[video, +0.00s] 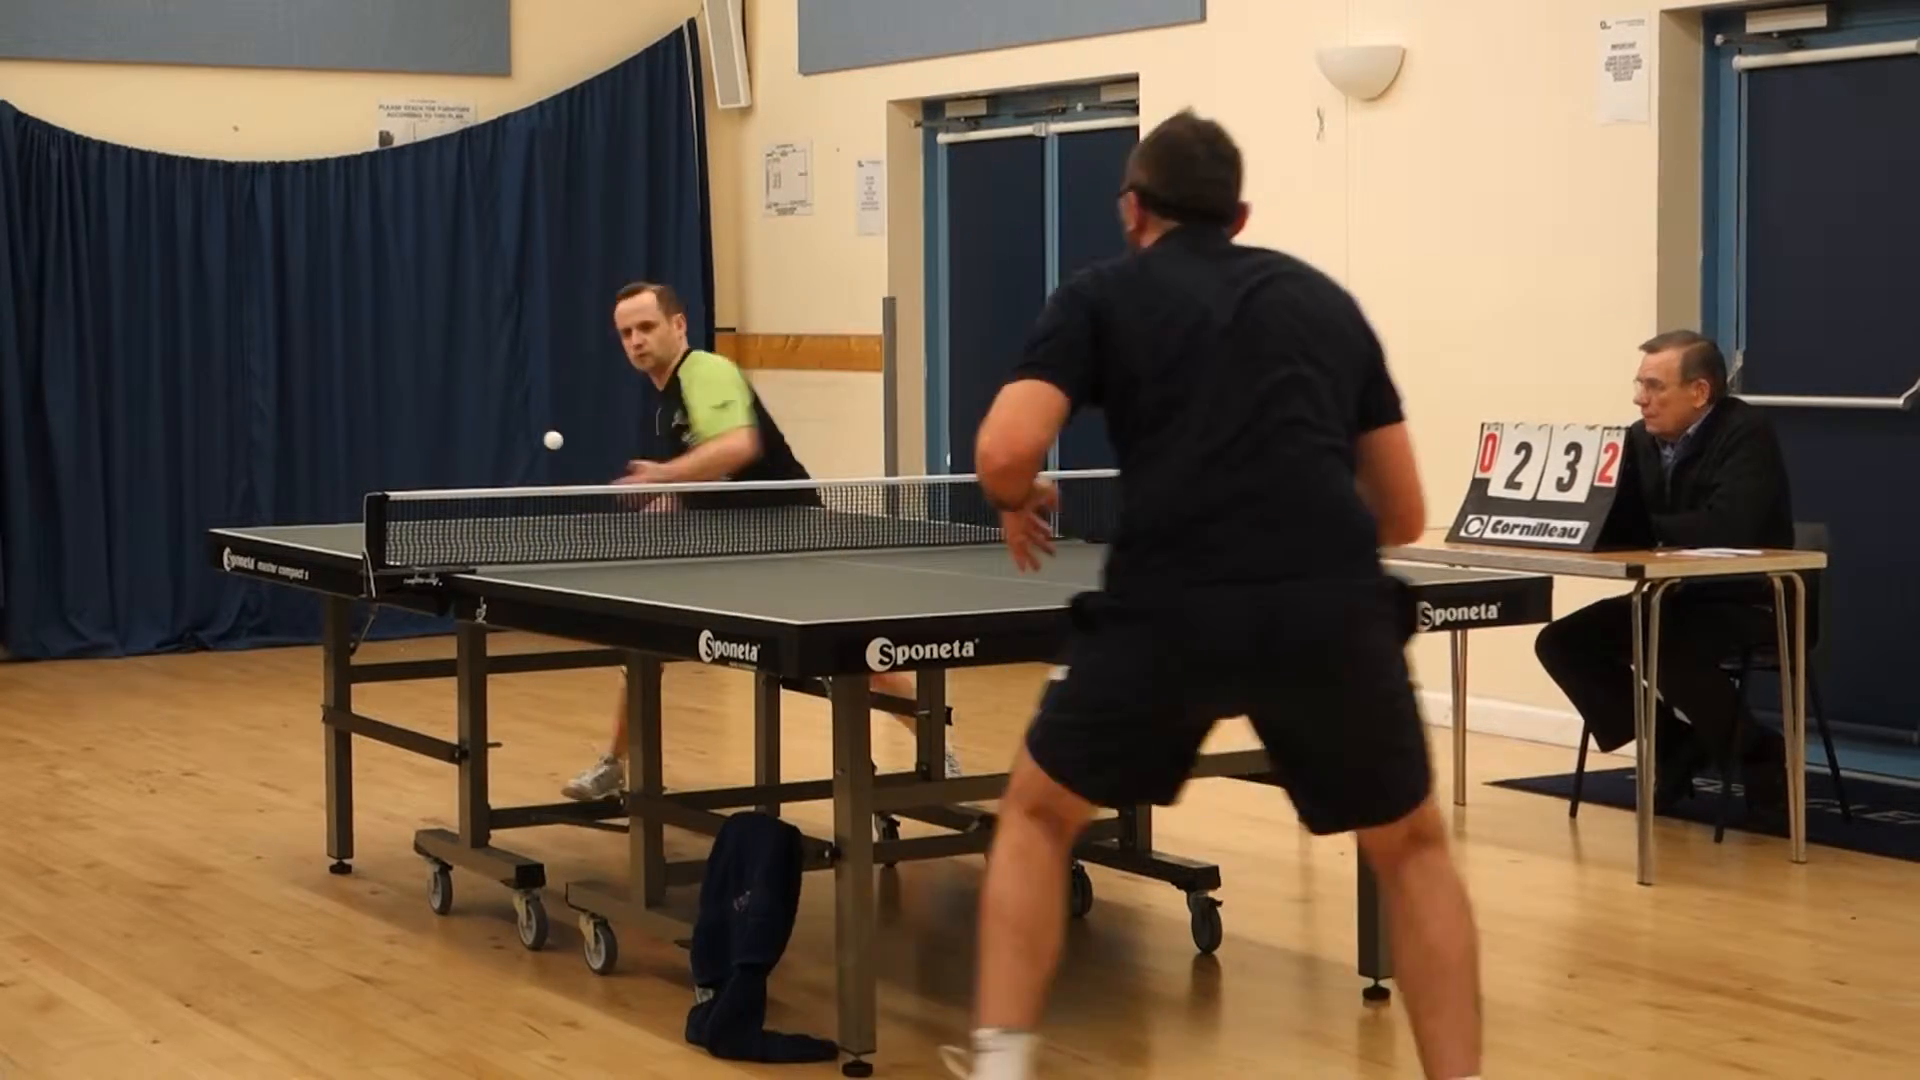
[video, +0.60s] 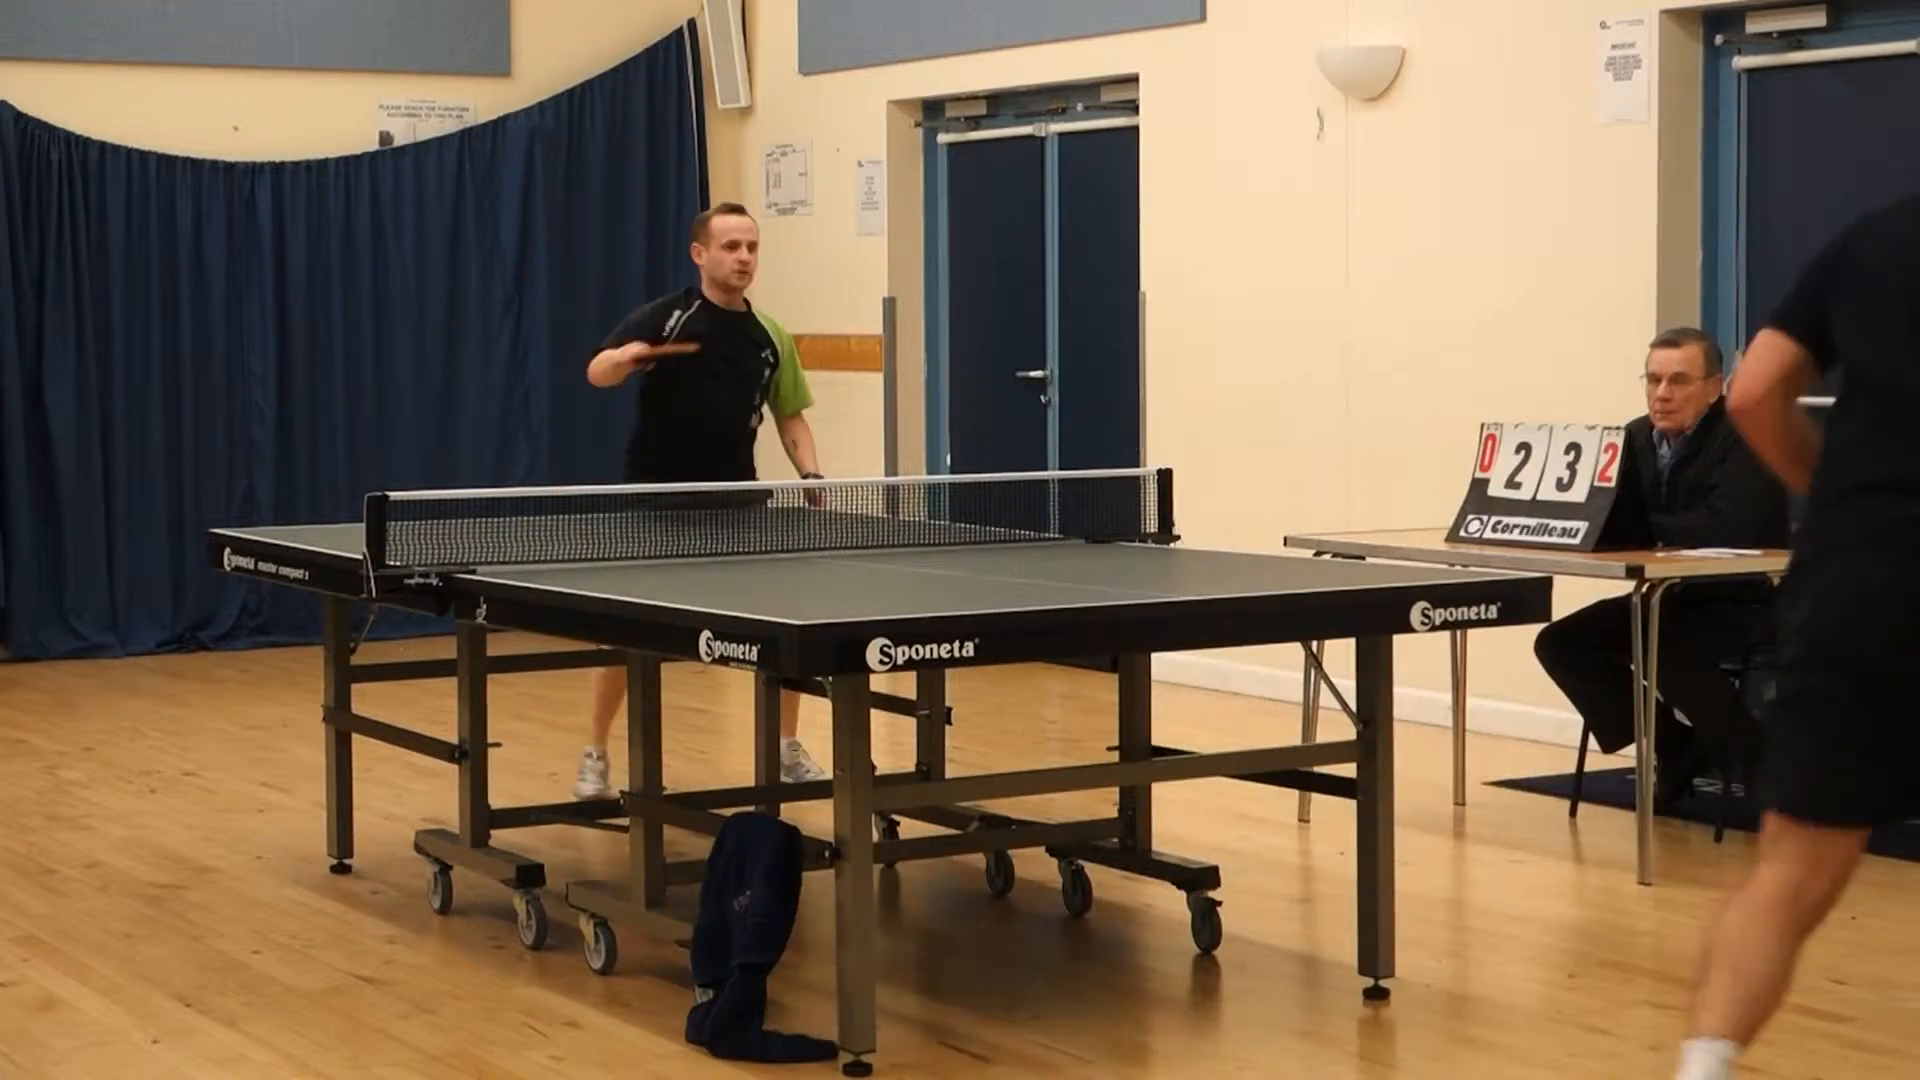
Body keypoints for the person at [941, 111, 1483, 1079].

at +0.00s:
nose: (1120, 213)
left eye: (1124, 201)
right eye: (1127, 201)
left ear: (1137, 209)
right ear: (1238, 212)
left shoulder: (1102, 296)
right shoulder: (1325, 301)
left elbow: (1004, 449)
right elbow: (1400, 513)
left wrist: (1017, 499)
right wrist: (1296, 532)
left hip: (1164, 607)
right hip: (1328, 610)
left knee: (1038, 819)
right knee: (1410, 845)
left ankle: (1000, 1062)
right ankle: (1458, 1071)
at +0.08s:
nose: (1195, 209)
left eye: (1198, 196)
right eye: (1201, 196)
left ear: (1214, 203)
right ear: (1316, 207)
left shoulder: (1164, 304)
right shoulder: (1395, 295)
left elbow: (1040, 473)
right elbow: (1464, 511)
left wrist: (1076, 517)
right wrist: (1394, 571)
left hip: (1248, 618)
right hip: (1414, 608)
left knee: (1125, 874)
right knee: (1527, 822)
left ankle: (1135, 1068)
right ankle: (1540, 1068)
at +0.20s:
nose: (1350, 245)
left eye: (1353, 228)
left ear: (1365, 239)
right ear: (1472, 248)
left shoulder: (1297, 344)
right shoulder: (1527, 359)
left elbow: (1163, 504)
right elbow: (1591, 570)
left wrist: (1227, 508)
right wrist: (1611, 641)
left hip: (1351, 699)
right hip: (1521, 689)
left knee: (1222, 974)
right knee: (1674, 838)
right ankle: (1838, 1053)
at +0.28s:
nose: (1503, 260)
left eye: (1505, 248)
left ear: (1510, 260)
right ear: (1619, 274)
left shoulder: (1425, 363)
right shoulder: (1671, 396)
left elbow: (1274, 485)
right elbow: (1769, 605)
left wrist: (1318, 532)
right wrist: (1874, 636)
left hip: (1432, 721)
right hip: (1611, 717)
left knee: (1267, 990)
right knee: (1799, 858)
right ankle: (1911, 1058)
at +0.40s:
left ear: (1743, 269)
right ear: (1857, 287)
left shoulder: (1657, 359)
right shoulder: (1885, 392)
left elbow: (1517, 478)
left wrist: (1528, 576)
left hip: (1632, 702)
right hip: (1804, 709)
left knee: (1477, 967)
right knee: (1912, 847)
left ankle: (1340, 1067)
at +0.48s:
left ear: (1854, 230)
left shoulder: (1776, 327)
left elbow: (1640, 463)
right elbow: (1640, 463)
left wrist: (1671, 566)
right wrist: (1673, 565)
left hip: (1745, 666)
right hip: (1893, 672)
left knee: (1605, 944)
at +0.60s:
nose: (1665, 395)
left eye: (1673, 380)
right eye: (1659, 380)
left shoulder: (1880, 238)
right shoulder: (1874, 239)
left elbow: (1754, 391)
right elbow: (1756, 394)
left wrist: (1837, 493)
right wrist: (1836, 493)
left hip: (1866, 593)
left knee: (1796, 864)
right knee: (1796, 863)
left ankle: (1703, 1063)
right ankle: (1704, 1061)